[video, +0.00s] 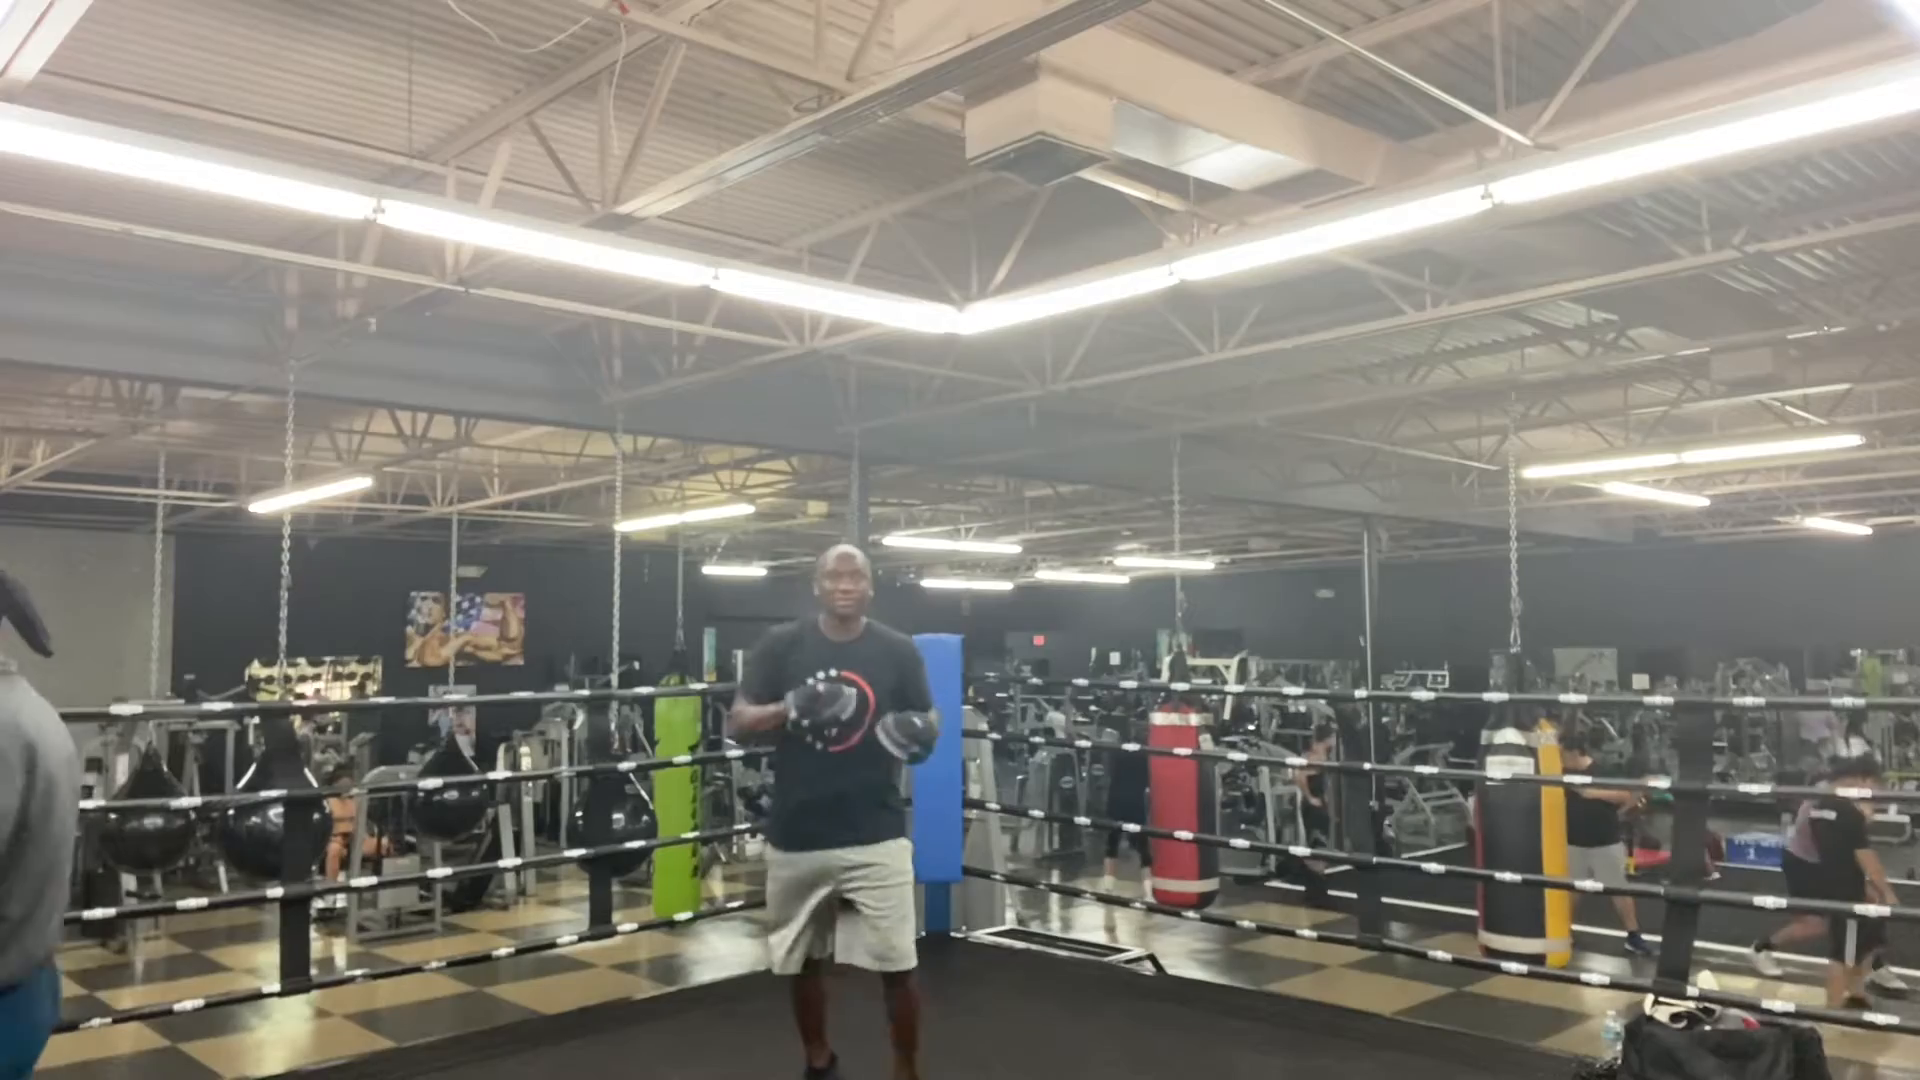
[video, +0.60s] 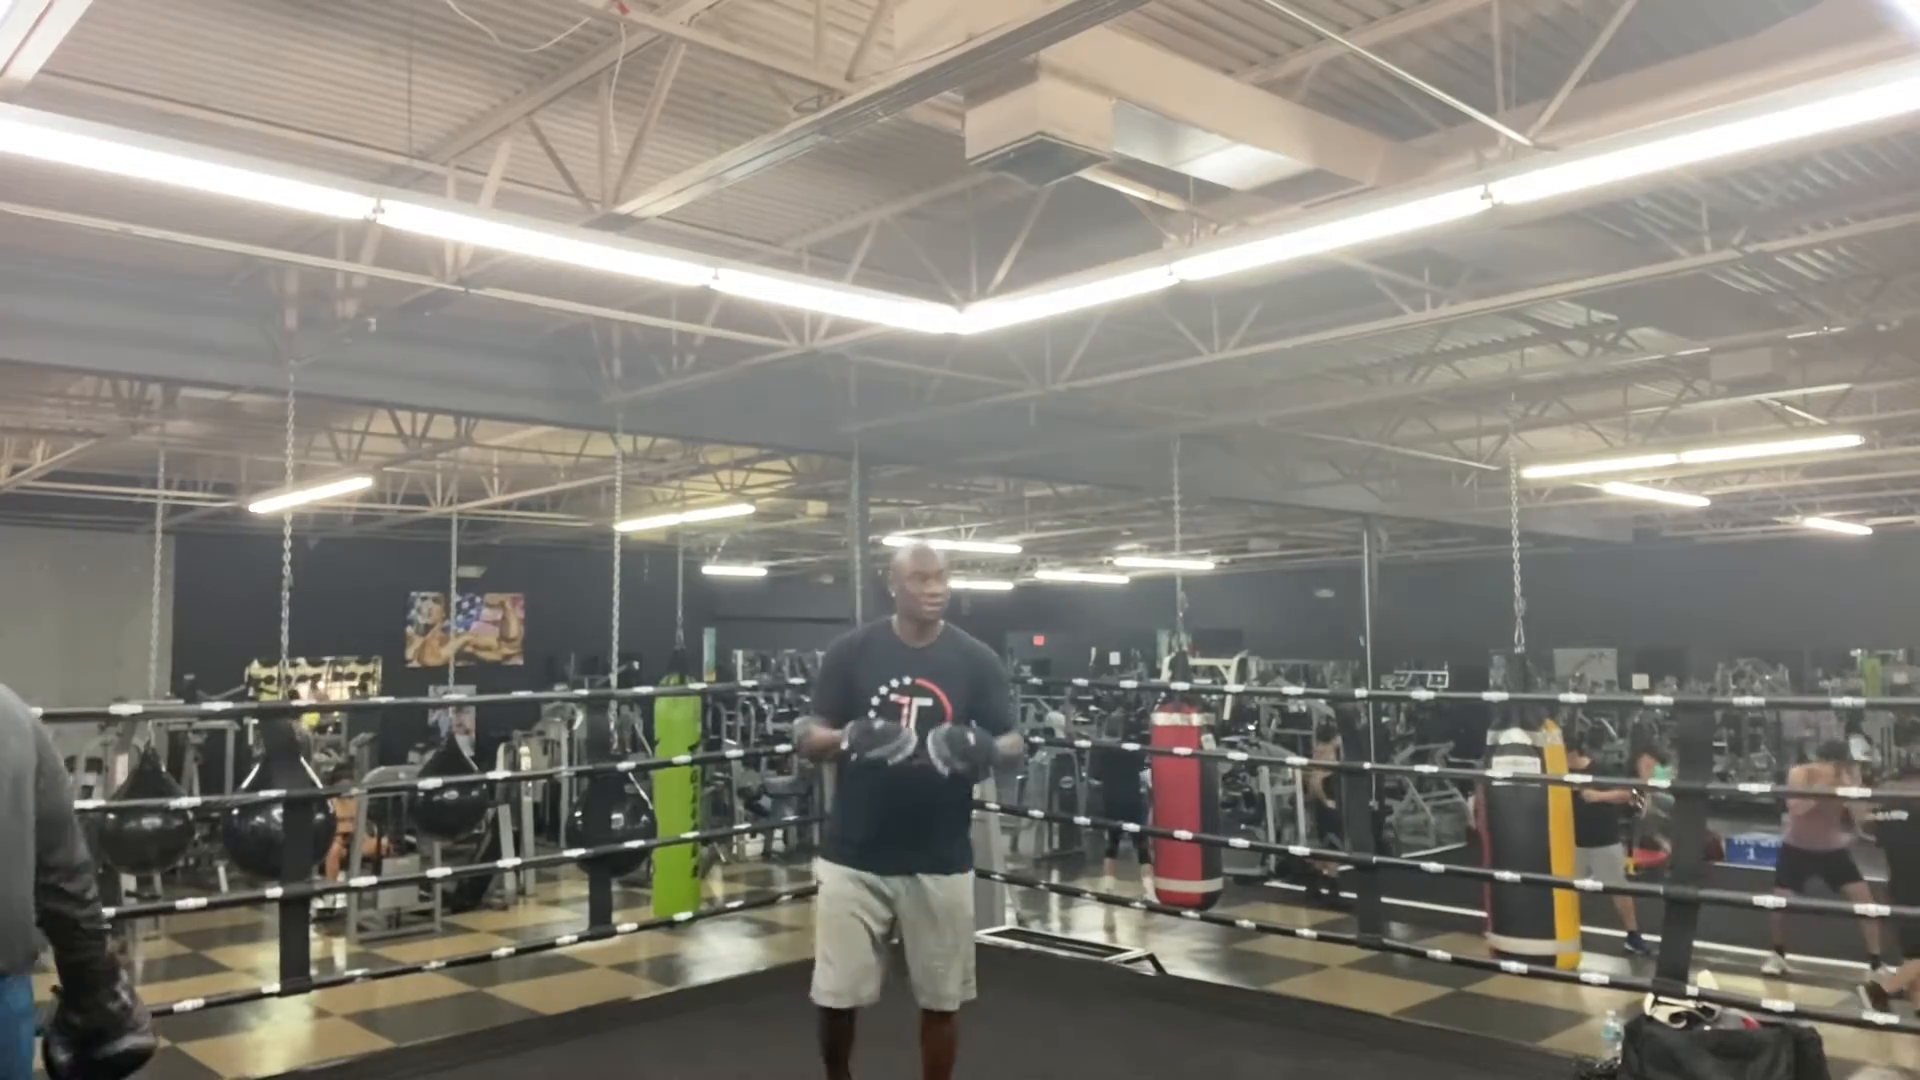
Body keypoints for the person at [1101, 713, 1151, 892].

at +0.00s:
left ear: (1123, 737)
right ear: (1141, 738)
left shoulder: (1116, 753)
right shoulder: (1144, 755)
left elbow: (1110, 774)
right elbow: (1149, 782)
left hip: (1116, 801)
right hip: (1136, 802)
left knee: (1112, 839)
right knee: (1141, 843)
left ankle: (1108, 881)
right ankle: (1148, 889)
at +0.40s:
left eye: (1120, 731)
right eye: (1128, 731)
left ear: (1116, 733)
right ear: (1133, 733)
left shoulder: (1109, 753)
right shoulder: (1143, 753)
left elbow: (1099, 773)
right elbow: (1149, 778)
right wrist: (1152, 802)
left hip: (1114, 801)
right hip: (1137, 801)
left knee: (1112, 842)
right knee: (1143, 845)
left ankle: (1108, 887)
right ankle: (1150, 893)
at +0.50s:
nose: (1121, 731)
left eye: (1118, 728)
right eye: (1123, 728)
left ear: (1110, 729)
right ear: (1127, 730)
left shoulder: (1101, 747)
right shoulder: (1135, 748)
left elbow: (1096, 773)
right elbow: (1144, 769)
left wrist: (1111, 774)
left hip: (1113, 798)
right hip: (1134, 797)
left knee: (1113, 840)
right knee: (1143, 842)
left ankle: (1108, 885)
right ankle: (1150, 891)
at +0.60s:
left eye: (1112, 728)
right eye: (1119, 727)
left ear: (1106, 729)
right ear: (1124, 729)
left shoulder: (1099, 747)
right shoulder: (1135, 747)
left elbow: (1093, 776)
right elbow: (1141, 771)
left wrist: (1108, 778)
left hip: (1111, 798)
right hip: (1133, 797)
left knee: (1112, 841)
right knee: (1142, 843)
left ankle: (1108, 886)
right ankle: (1149, 891)